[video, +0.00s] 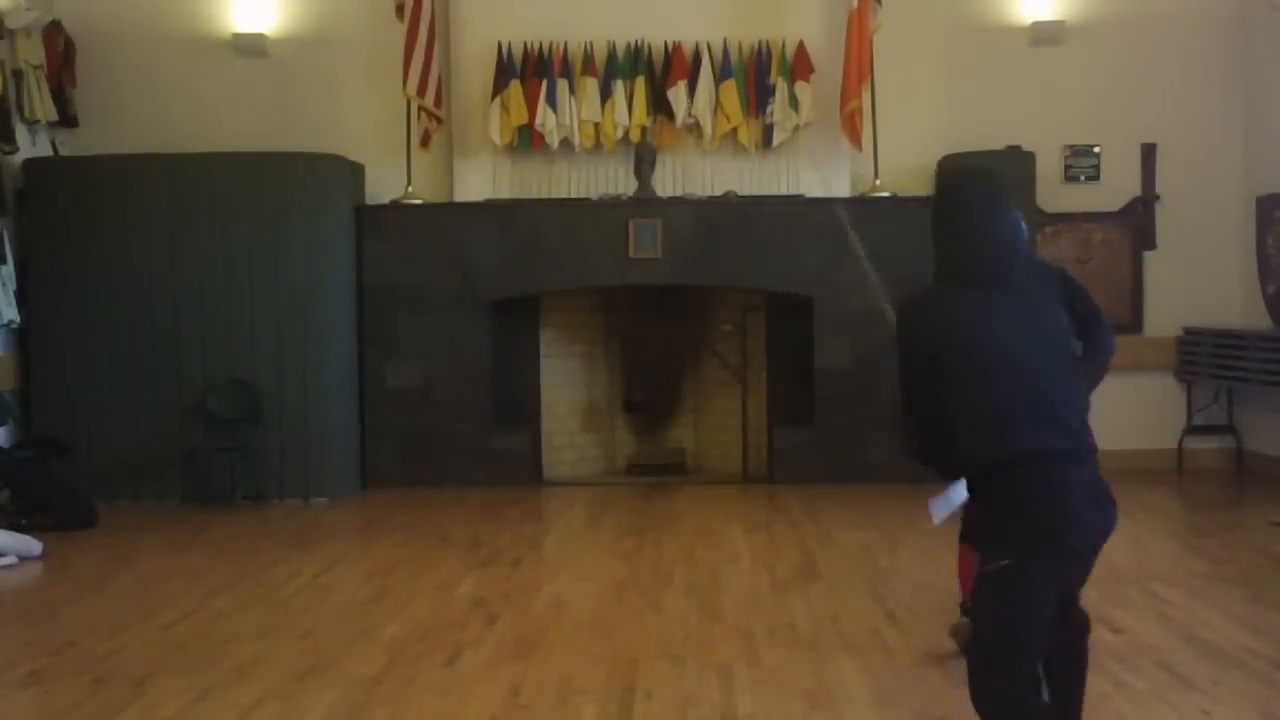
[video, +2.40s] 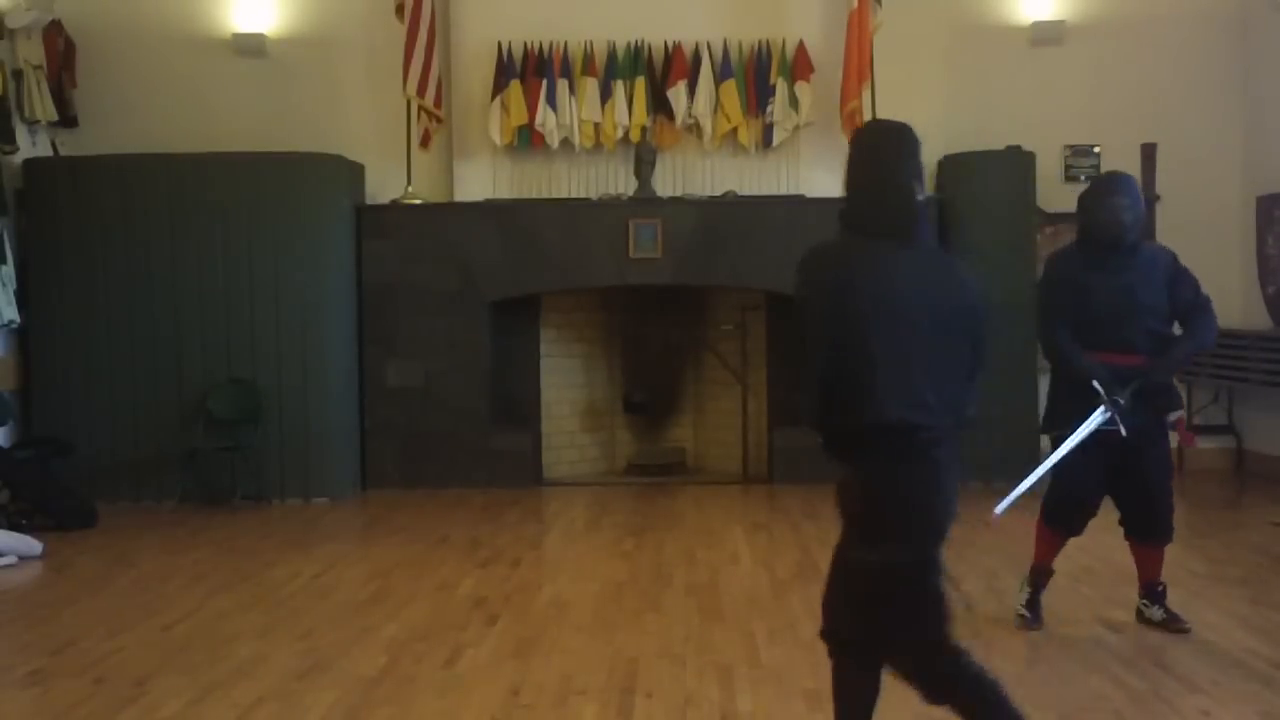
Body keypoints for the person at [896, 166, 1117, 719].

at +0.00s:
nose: (1023, 227)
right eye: (1016, 219)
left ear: (943, 232)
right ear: (1009, 225)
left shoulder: (925, 310)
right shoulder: (1046, 278)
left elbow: (925, 432)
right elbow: (1101, 341)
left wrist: (959, 468)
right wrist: (1064, 396)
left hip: (1014, 509)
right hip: (1083, 497)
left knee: (999, 670)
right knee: (1060, 610)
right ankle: (1065, 707)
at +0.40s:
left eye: (1008, 223)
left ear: (1011, 230)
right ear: (1080, 230)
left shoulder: (996, 310)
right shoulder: (1131, 312)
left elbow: (990, 424)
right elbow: (1157, 418)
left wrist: (1023, 485)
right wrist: (1121, 477)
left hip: (1052, 516)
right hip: (1134, 512)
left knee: (1005, 677)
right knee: (1104, 611)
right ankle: (1115, 713)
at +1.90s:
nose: (997, 192)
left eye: (1000, 180)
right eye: (1002, 180)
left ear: (1009, 185)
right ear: (1071, 180)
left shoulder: (999, 265)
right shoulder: (1106, 266)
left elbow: (976, 385)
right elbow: (1123, 353)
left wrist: (1005, 435)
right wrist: (1087, 423)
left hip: (1030, 472)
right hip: (1097, 468)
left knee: (1018, 631)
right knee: (1059, 617)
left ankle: (1066, 710)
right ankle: (1078, 708)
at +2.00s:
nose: (973, 179)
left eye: (976, 169)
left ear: (983, 176)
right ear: (1046, 169)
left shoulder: (978, 259)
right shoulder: (1084, 253)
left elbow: (957, 371)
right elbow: (1138, 326)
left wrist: (981, 427)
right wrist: (1085, 377)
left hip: (1020, 456)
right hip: (1082, 450)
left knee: (1026, 618)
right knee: (1016, 600)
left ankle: (1064, 709)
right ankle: (1027, 707)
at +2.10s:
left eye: (949, 165)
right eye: (1021, 157)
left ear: (954, 169)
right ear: (1022, 167)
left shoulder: (944, 252)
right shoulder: (1058, 254)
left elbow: (925, 363)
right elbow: (1098, 337)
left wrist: (945, 418)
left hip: (986, 454)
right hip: (1050, 451)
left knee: (1038, 634)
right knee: (968, 598)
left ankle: (1076, 706)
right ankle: (964, 710)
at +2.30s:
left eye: (891, 176)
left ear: (890, 182)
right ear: (955, 183)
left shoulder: (870, 265)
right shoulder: (991, 264)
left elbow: (850, 383)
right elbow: (1012, 362)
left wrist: (892, 447)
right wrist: (980, 434)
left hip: (924, 465)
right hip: (978, 460)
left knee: (999, 639)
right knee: (889, 623)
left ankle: (1053, 705)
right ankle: (877, 709)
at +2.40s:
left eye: (856, 173)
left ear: (852, 180)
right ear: (916, 184)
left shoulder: (829, 266)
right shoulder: (947, 271)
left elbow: (819, 378)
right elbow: (967, 369)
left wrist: (848, 451)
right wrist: (937, 439)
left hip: (878, 470)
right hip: (930, 466)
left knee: (917, 644)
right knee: (853, 626)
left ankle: (1001, 711)